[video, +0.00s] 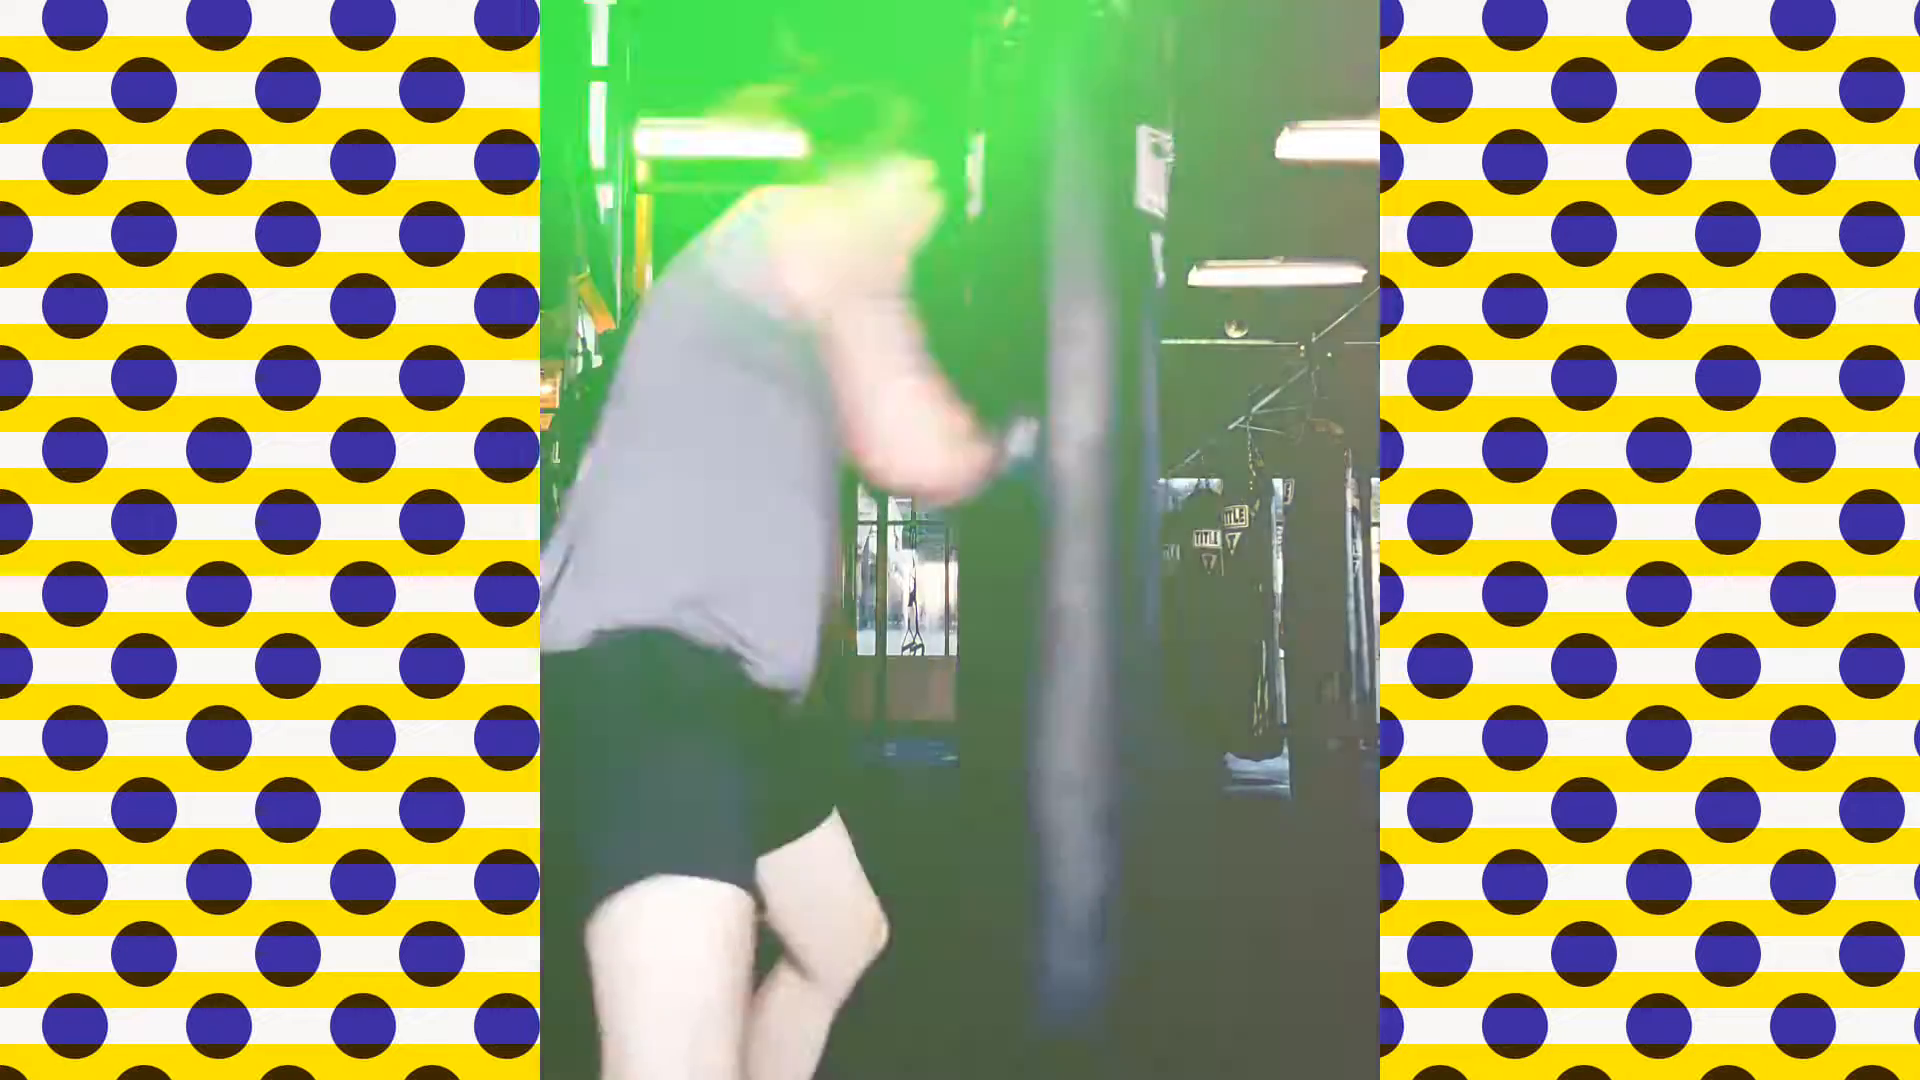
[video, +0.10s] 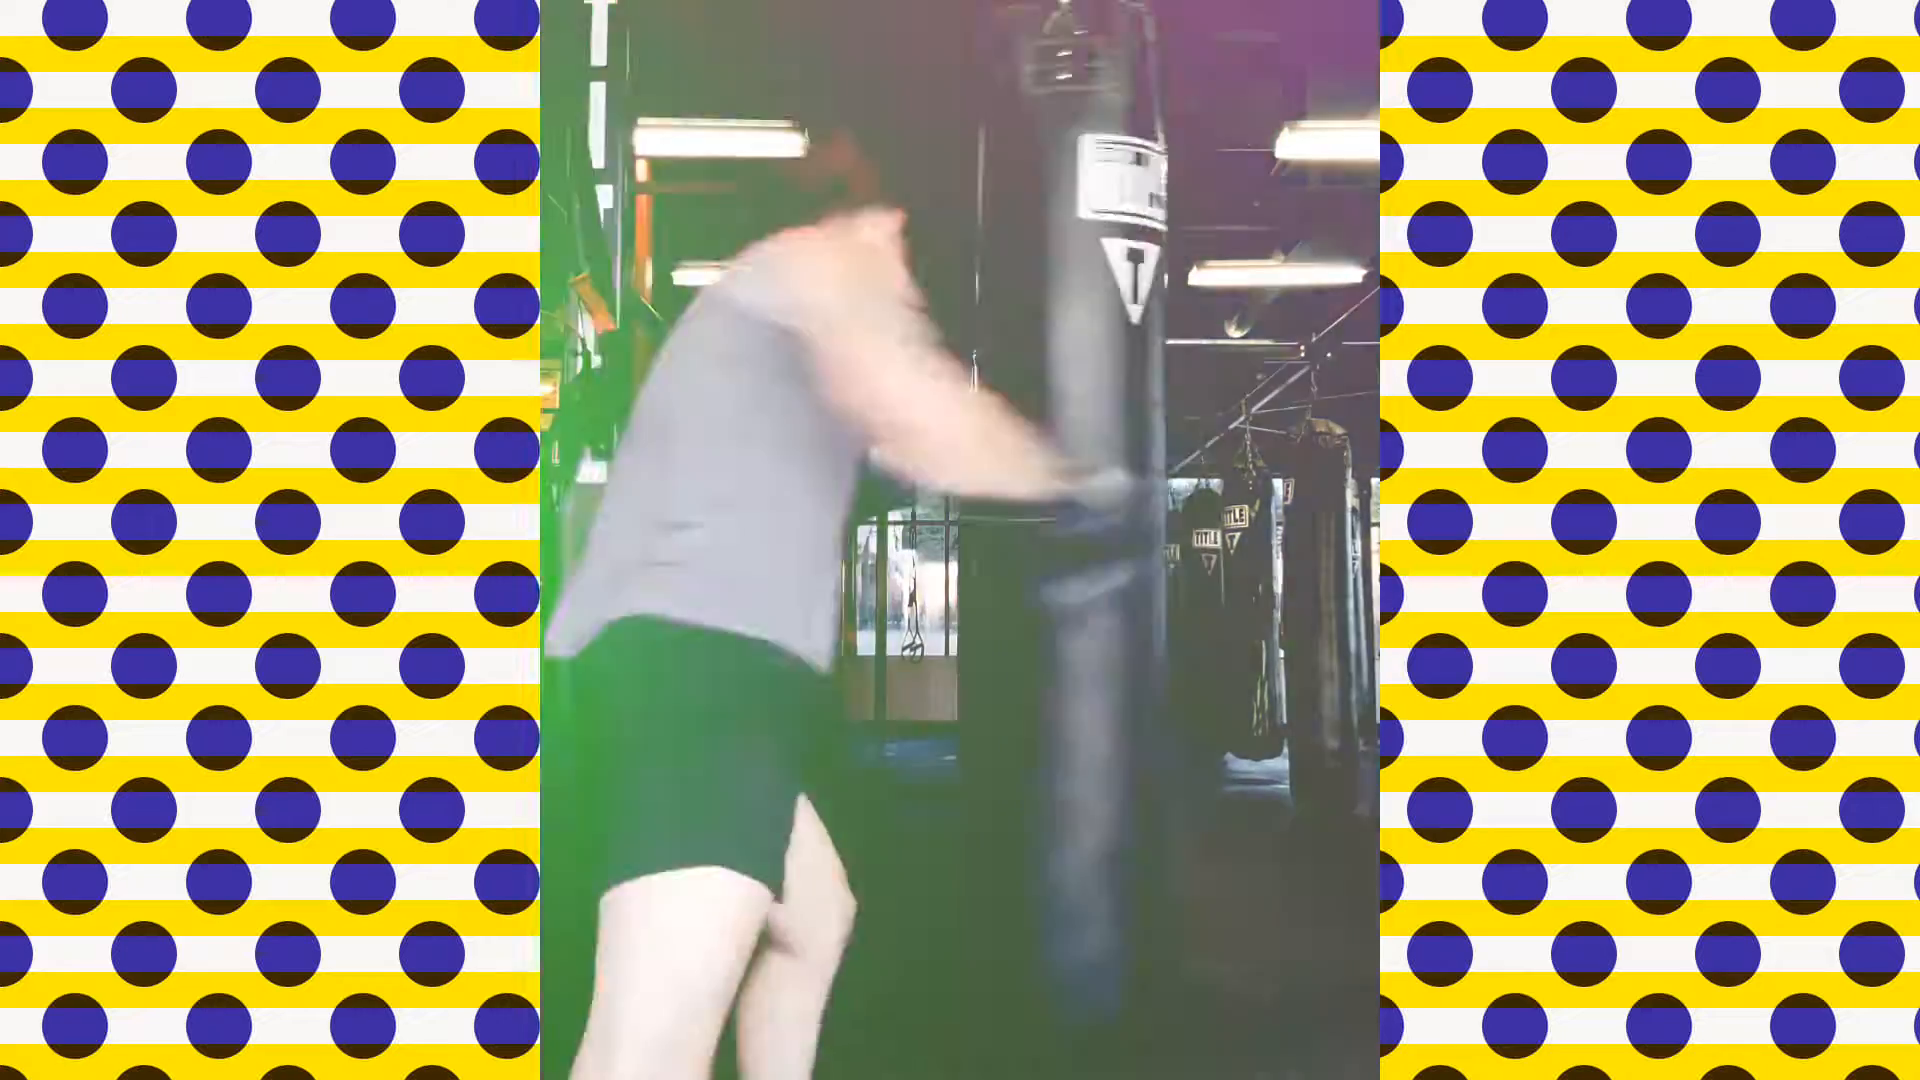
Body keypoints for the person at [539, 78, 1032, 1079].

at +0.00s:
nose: (923, 233)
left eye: (929, 215)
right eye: (923, 205)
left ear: (831, 158)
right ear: (890, 173)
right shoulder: (827, 218)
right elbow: (914, 452)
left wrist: (980, 441)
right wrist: (998, 446)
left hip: (726, 683)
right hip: (651, 669)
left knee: (840, 939)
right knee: (672, 1053)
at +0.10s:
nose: (902, 265)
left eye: (899, 244)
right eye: (893, 241)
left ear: (807, 214)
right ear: (861, 220)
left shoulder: (756, 299)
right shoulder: (818, 260)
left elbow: (915, 435)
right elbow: (926, 423)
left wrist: (1048, 475)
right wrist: (1066, 480)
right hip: (692, 660)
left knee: (812, 913)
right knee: (650, 1032)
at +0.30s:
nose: (815, 209)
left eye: (814, 189)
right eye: (814, 186)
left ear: (693, 167)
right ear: (791, 166)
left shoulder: (585, 282)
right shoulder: (804, 253)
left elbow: (530, 468)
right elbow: (849, 494)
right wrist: (903, 525)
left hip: (574, 657)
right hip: (677, 659)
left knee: (770, 921)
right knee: (700, 1052)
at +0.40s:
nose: (807, 140)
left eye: (822, 112)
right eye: (817, 100)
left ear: (745, 40)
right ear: (775, 43)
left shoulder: (622, 168)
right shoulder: (609, 158)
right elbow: (785, 403)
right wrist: (868, 270)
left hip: (628, 649)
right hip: (548, 647)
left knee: (734, 933)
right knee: (573, 1033)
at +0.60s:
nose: (822, 221)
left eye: (819, 201)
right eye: (815, 199)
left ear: (713, 179)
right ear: (782, 182)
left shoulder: (611, 295)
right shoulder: (757, 234)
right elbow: (964, 358)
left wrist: (1059, 359)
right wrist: (1094, 329)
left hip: (588, 675)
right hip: (640, 678)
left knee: (756, 921)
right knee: (579, 1046)